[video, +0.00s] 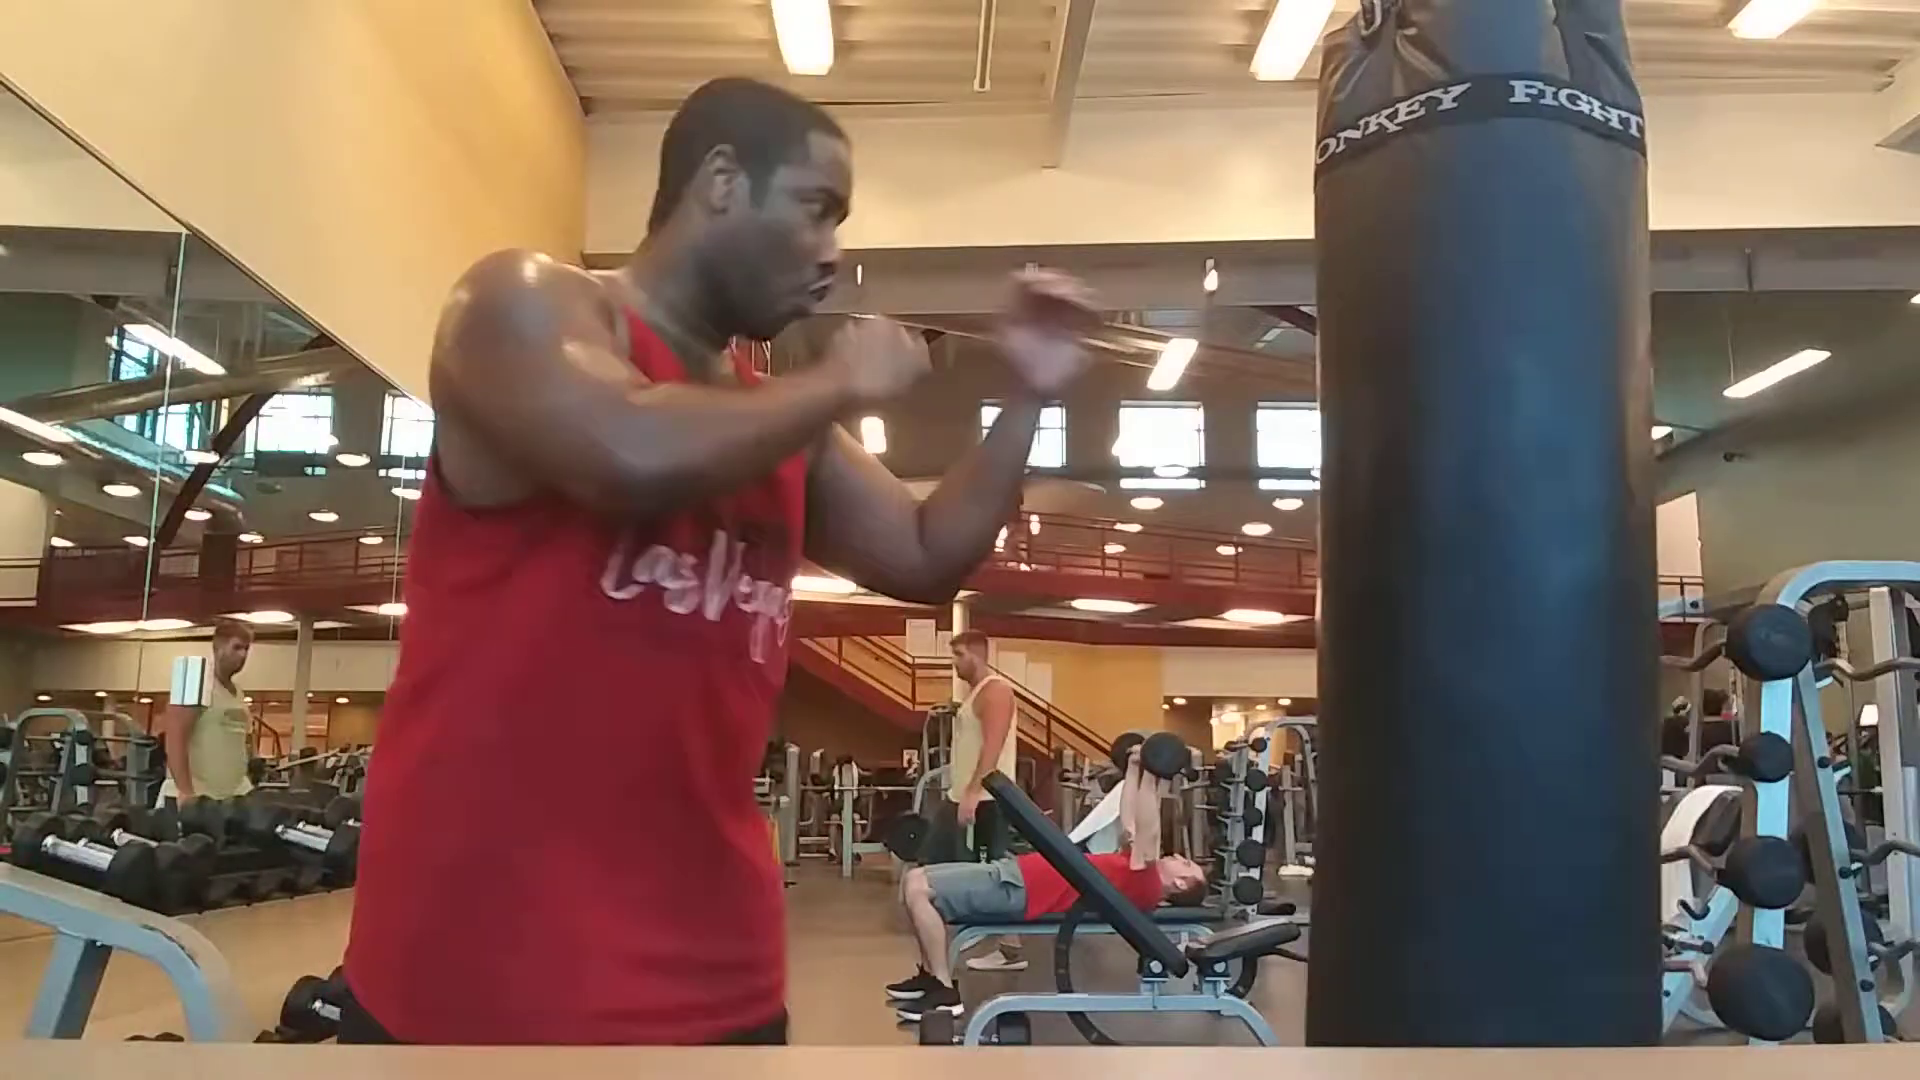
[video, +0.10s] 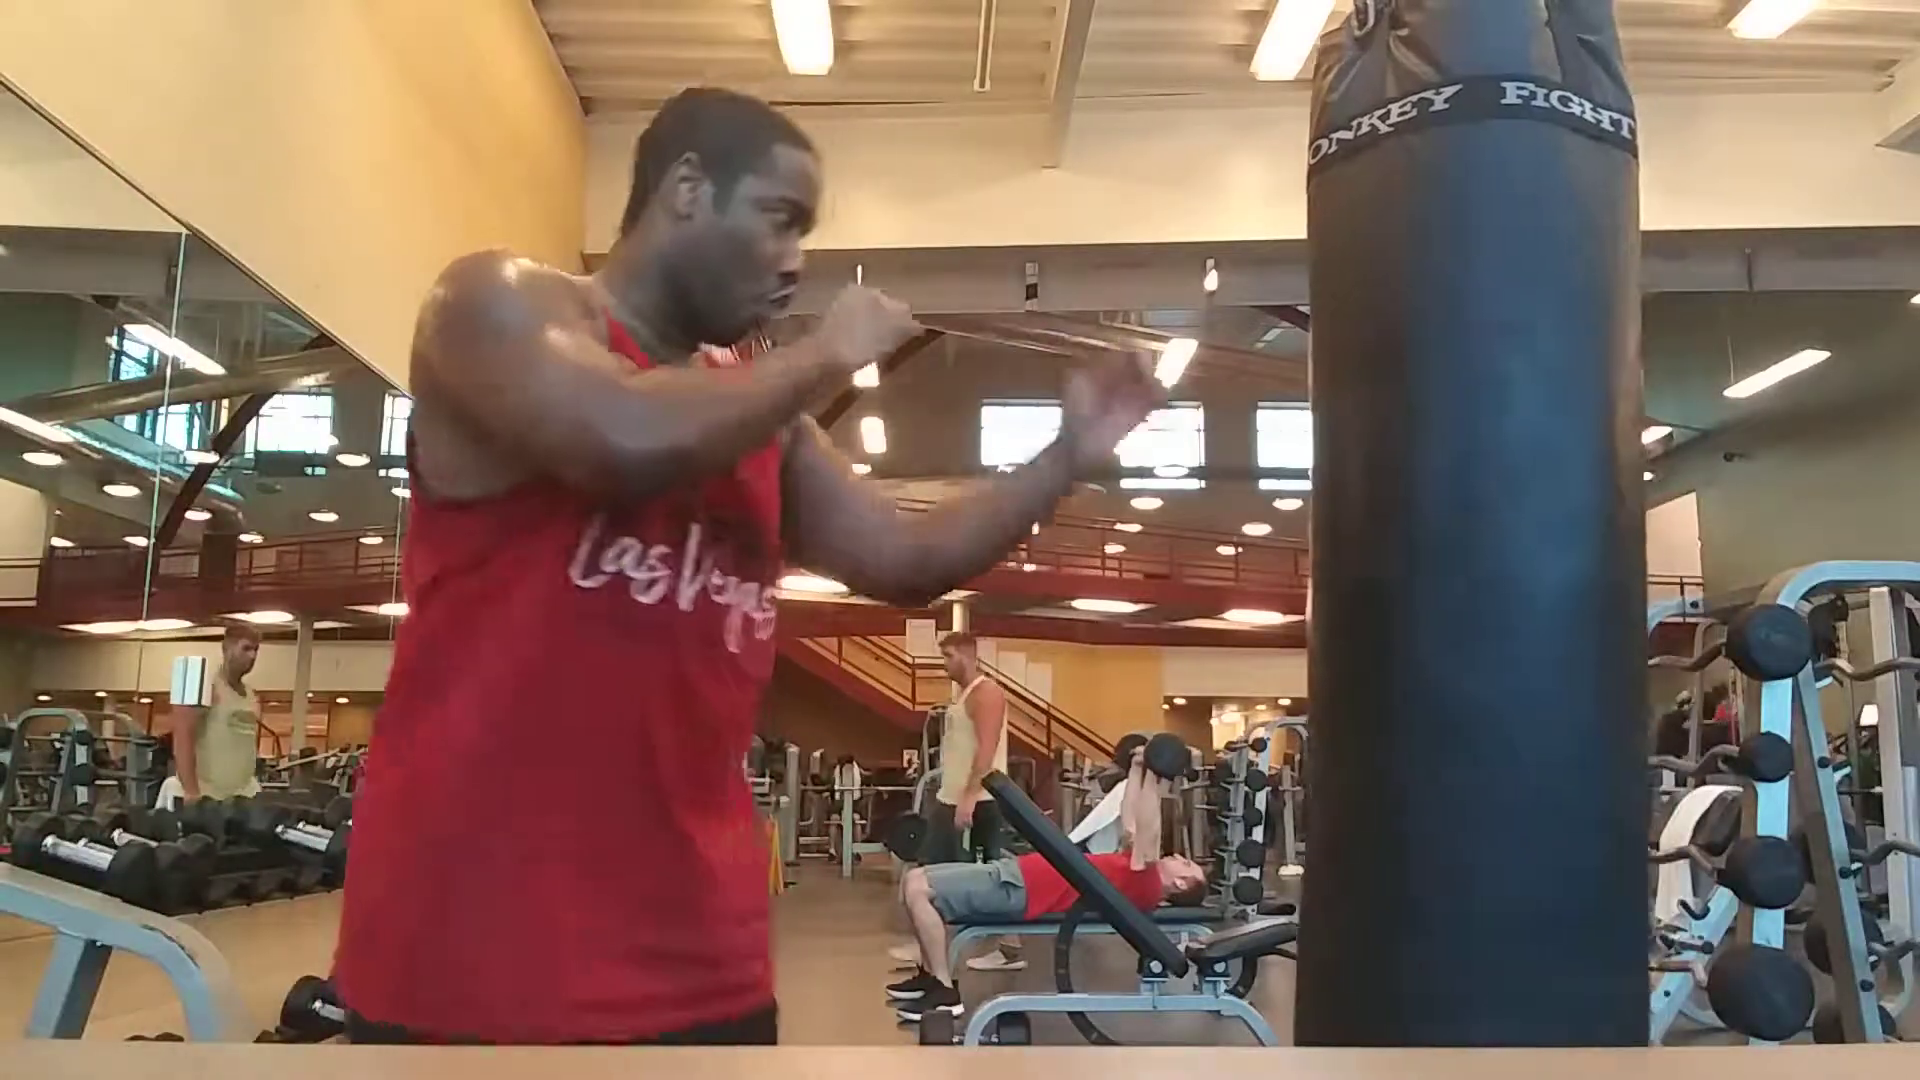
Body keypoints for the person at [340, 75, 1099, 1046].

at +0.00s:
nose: (837, 253)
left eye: (842, 224)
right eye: (819, 210)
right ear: (720, 189)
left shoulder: (781, 411)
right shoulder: (523, 297)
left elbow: (924, 558)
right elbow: (627, 457)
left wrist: (1025, 403)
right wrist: (840, 382)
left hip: (706, 987)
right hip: (494, 985)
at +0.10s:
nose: (798, 261)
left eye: (805, 233)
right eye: (783, 218)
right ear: (685, 191)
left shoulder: (754, 408)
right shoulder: (497, 295)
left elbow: (904, 552)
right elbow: (623, 444)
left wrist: (1069, 454)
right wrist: (818, 356)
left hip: (695, 974)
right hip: (478, 971)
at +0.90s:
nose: (682, 312)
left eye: (688, 283)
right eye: (665, 272)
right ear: (574, 248)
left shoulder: (627, 451)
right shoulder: (392, 358)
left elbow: (701, 657)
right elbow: (482, 509)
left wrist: (795, 526)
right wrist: (699, 424)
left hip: (634, 985)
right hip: (398, 989)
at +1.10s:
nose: (791, 333)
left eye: (796, 304)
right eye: (775, 293)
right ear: (684, 269)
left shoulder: (714, 457)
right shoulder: (524, 367)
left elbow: (807, 644)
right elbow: (657, 519)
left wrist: (899, 516)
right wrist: (846, 427)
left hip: (750, 986)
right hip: (552, 998)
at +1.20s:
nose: (825, 334)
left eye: (832, 306)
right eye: (810, 293)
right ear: (723, 267)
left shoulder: (748, 451)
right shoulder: (561, 361)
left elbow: (831, 650)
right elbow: (709, 521)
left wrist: (931, 513)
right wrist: (884, 431)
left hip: (786, 978)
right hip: (590, 995)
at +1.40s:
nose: (858, 350)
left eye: (864, 321)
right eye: (846, 308)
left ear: (764, 291)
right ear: (760, 286)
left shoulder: (768, 476)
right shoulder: (600, 384)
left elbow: (848, 666)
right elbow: (768, 545)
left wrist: (969, 583)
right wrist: (946, 452)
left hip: (840, 916)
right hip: (645, 956)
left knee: (979, 1030)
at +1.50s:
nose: (917, 334)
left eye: (920, 305)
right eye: (897, 294)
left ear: (812, 283)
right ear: (807, 277)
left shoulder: (834, 472)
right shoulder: (644, 383)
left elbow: (932, 661)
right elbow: (780, 530)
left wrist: (1047, 588)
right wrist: (974, 456)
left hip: (892, 929)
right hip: (691, 966)